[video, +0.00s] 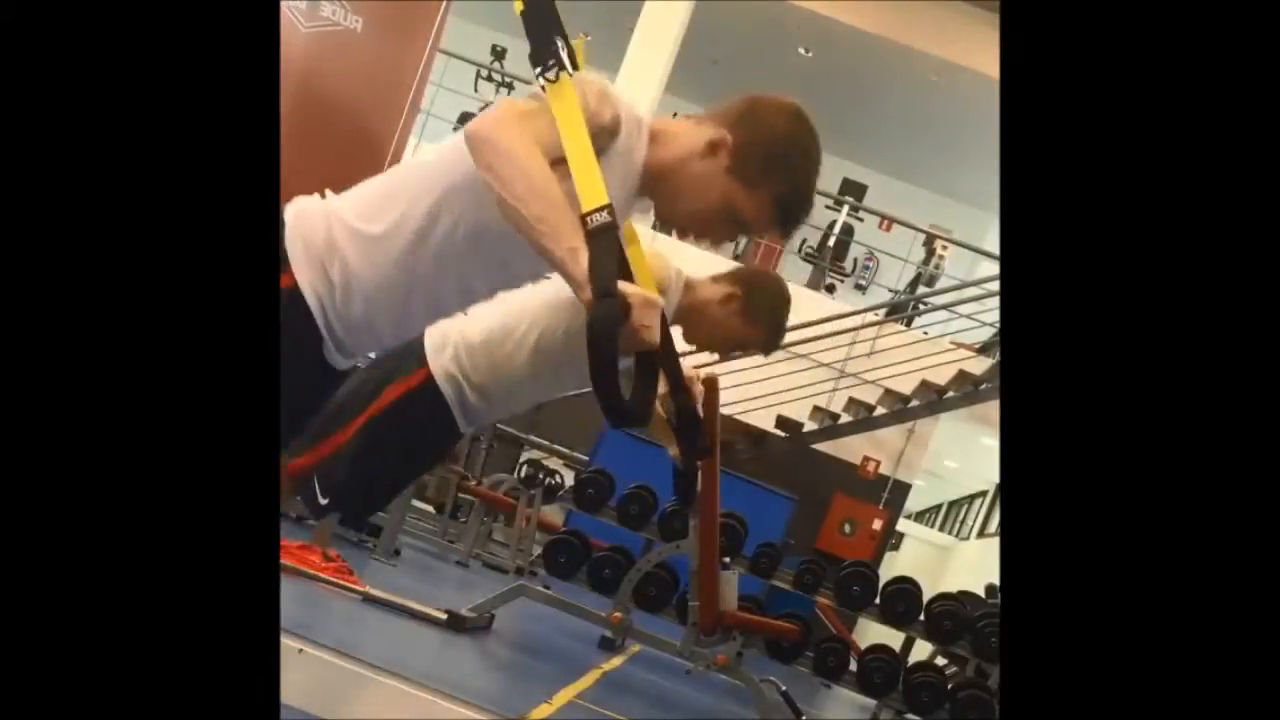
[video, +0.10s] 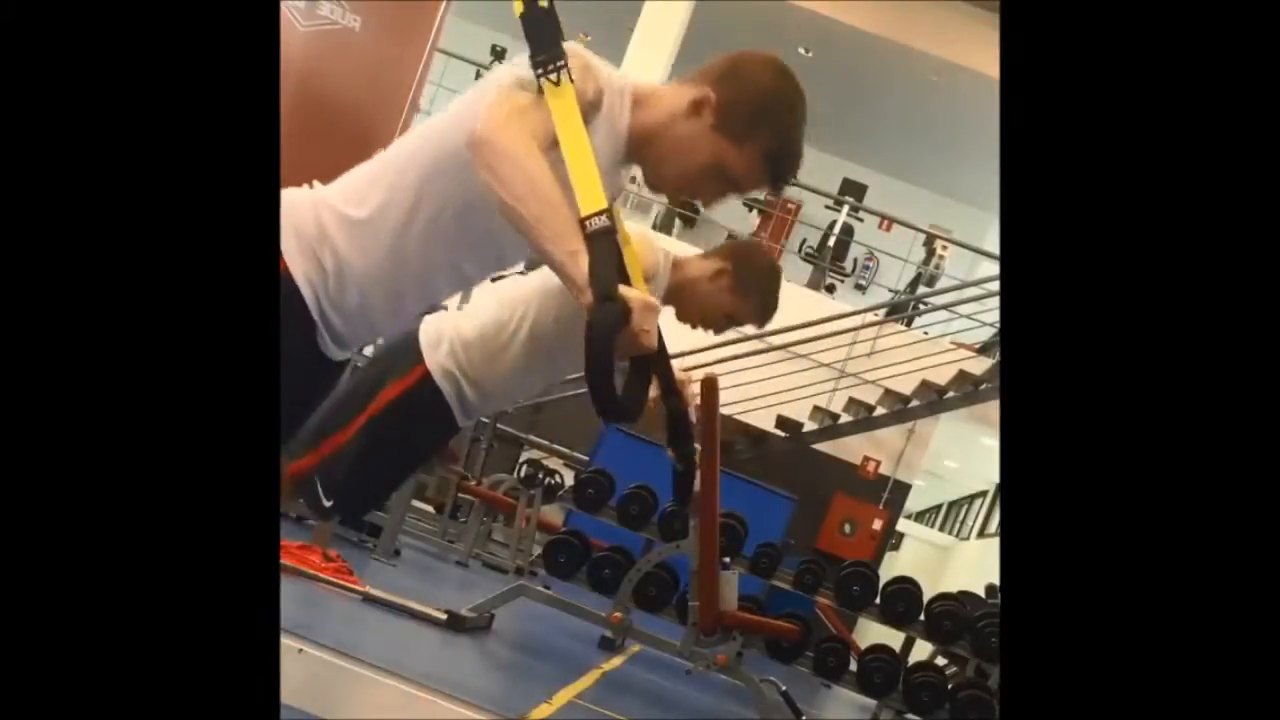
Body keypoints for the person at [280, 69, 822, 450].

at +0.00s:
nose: (714, 243)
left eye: (735, 237)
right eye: (732, 222)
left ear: (722, 142)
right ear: (721, 147)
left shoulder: (622, 213)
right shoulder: (603, 106)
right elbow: (497, 134)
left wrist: (667, 385)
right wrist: (593, 276)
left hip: (343, 352)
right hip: (298, 287)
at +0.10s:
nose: (706, 200)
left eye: (728, 194)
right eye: (721, 177)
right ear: (700, 109)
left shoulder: (612, 173)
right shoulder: (578, 75)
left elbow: (610, 278)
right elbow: (500, 142)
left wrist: (656, 375)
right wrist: (594, 282)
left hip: (338, 342)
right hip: (295, 278)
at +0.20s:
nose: (702, 168)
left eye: (721, 160)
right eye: (714, 144)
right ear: (690, 68)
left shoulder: (601, 153)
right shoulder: (562, 50)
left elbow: (589, 264)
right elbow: (499, 141)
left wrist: (646, 378)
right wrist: (586, 278)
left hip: (336, 335)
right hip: (292, 273)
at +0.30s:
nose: (697, 143)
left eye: (714, 132)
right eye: (706, 116)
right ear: (676, 45)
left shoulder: (592, 141)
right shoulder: (551, 32)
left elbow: (591, 252)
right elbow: (499, 139)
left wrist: (652, 375)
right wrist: (581, 283)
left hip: (333, 330)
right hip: (291, 268)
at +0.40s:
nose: (698, 135)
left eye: (712, 123)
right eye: (705, 108)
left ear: (666, 39)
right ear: (670, 36)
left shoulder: (590, 136)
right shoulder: (545, 28)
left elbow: (608, 248)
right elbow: (499, 143)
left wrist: (657, 375)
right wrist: (584, 288)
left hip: (331, 332)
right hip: (289, 269)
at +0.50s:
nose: (699, 137)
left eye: (715, 125)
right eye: (708, 110)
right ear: (673, 39)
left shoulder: (592, 138)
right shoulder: (549, 30)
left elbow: (609, 250)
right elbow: (499, 143)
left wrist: (658, 378)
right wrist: (586, 289)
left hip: (333, 335)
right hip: (290, 273)